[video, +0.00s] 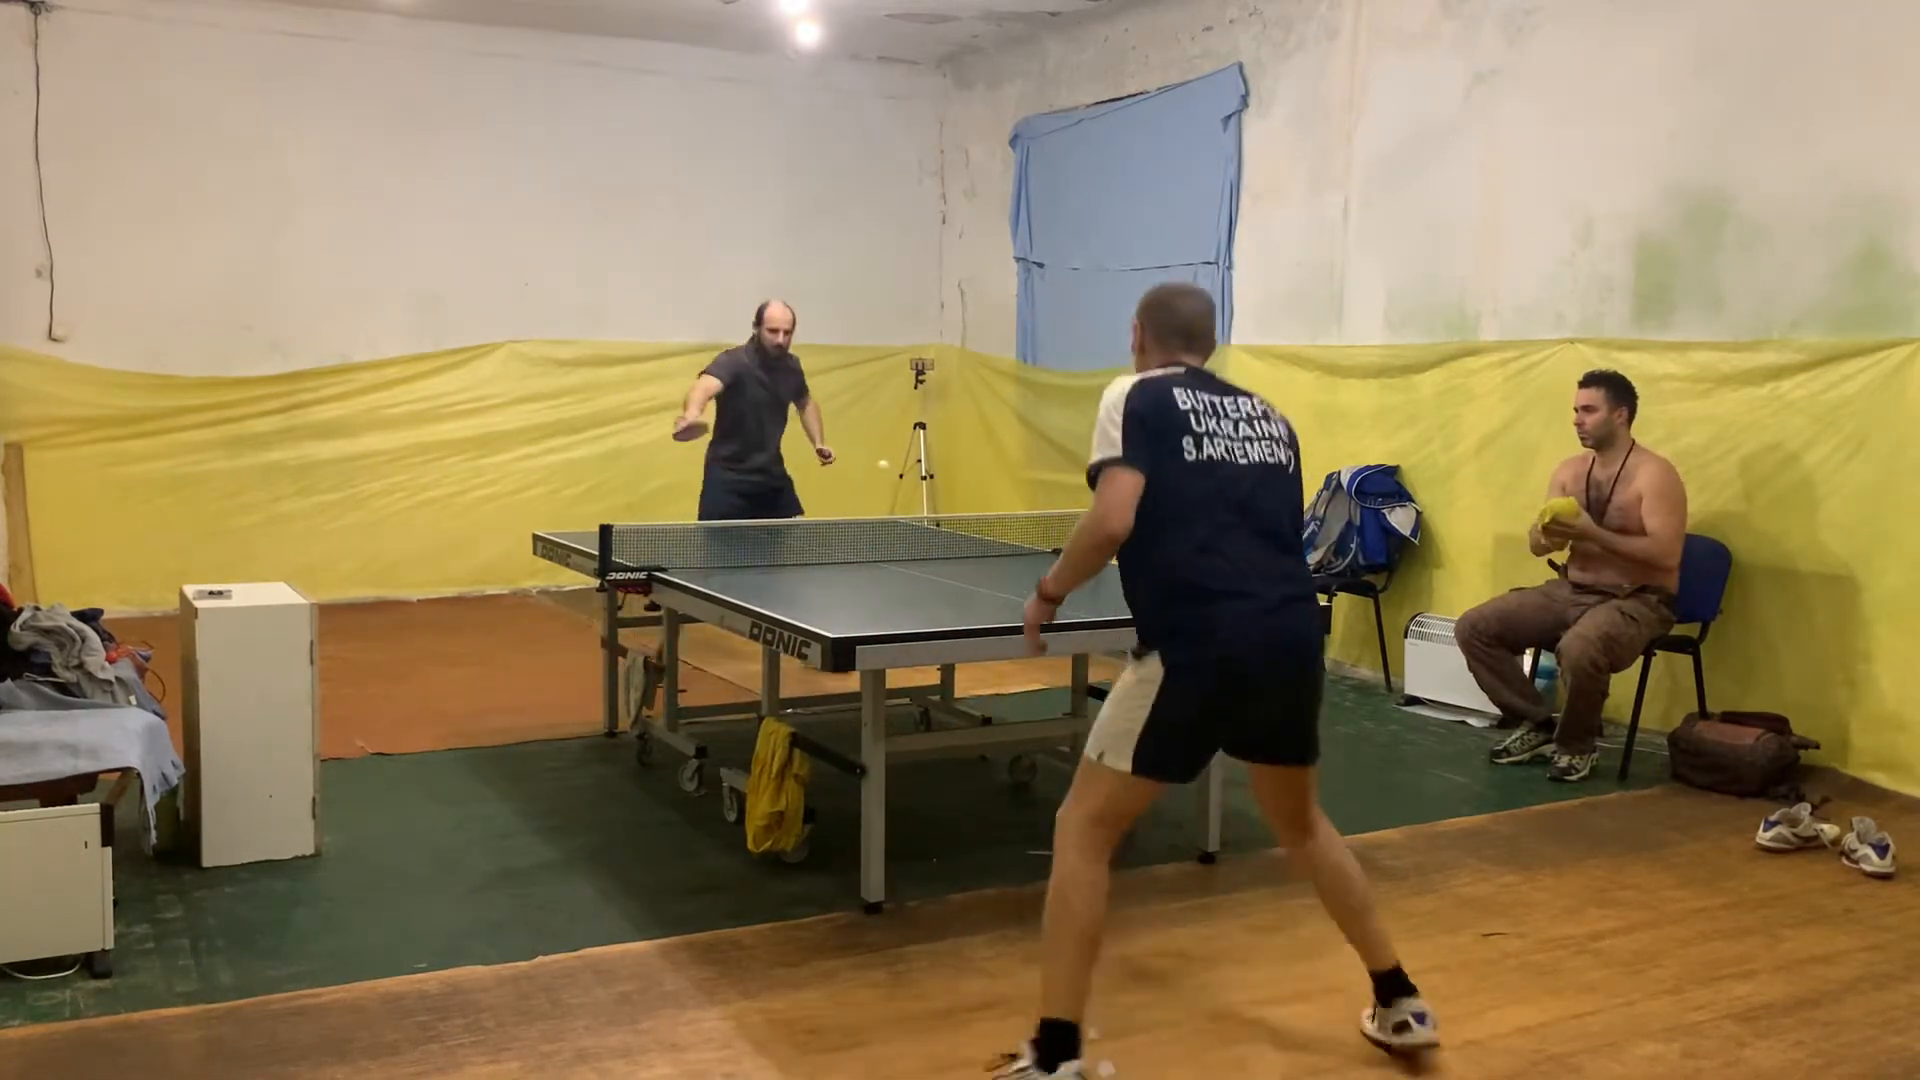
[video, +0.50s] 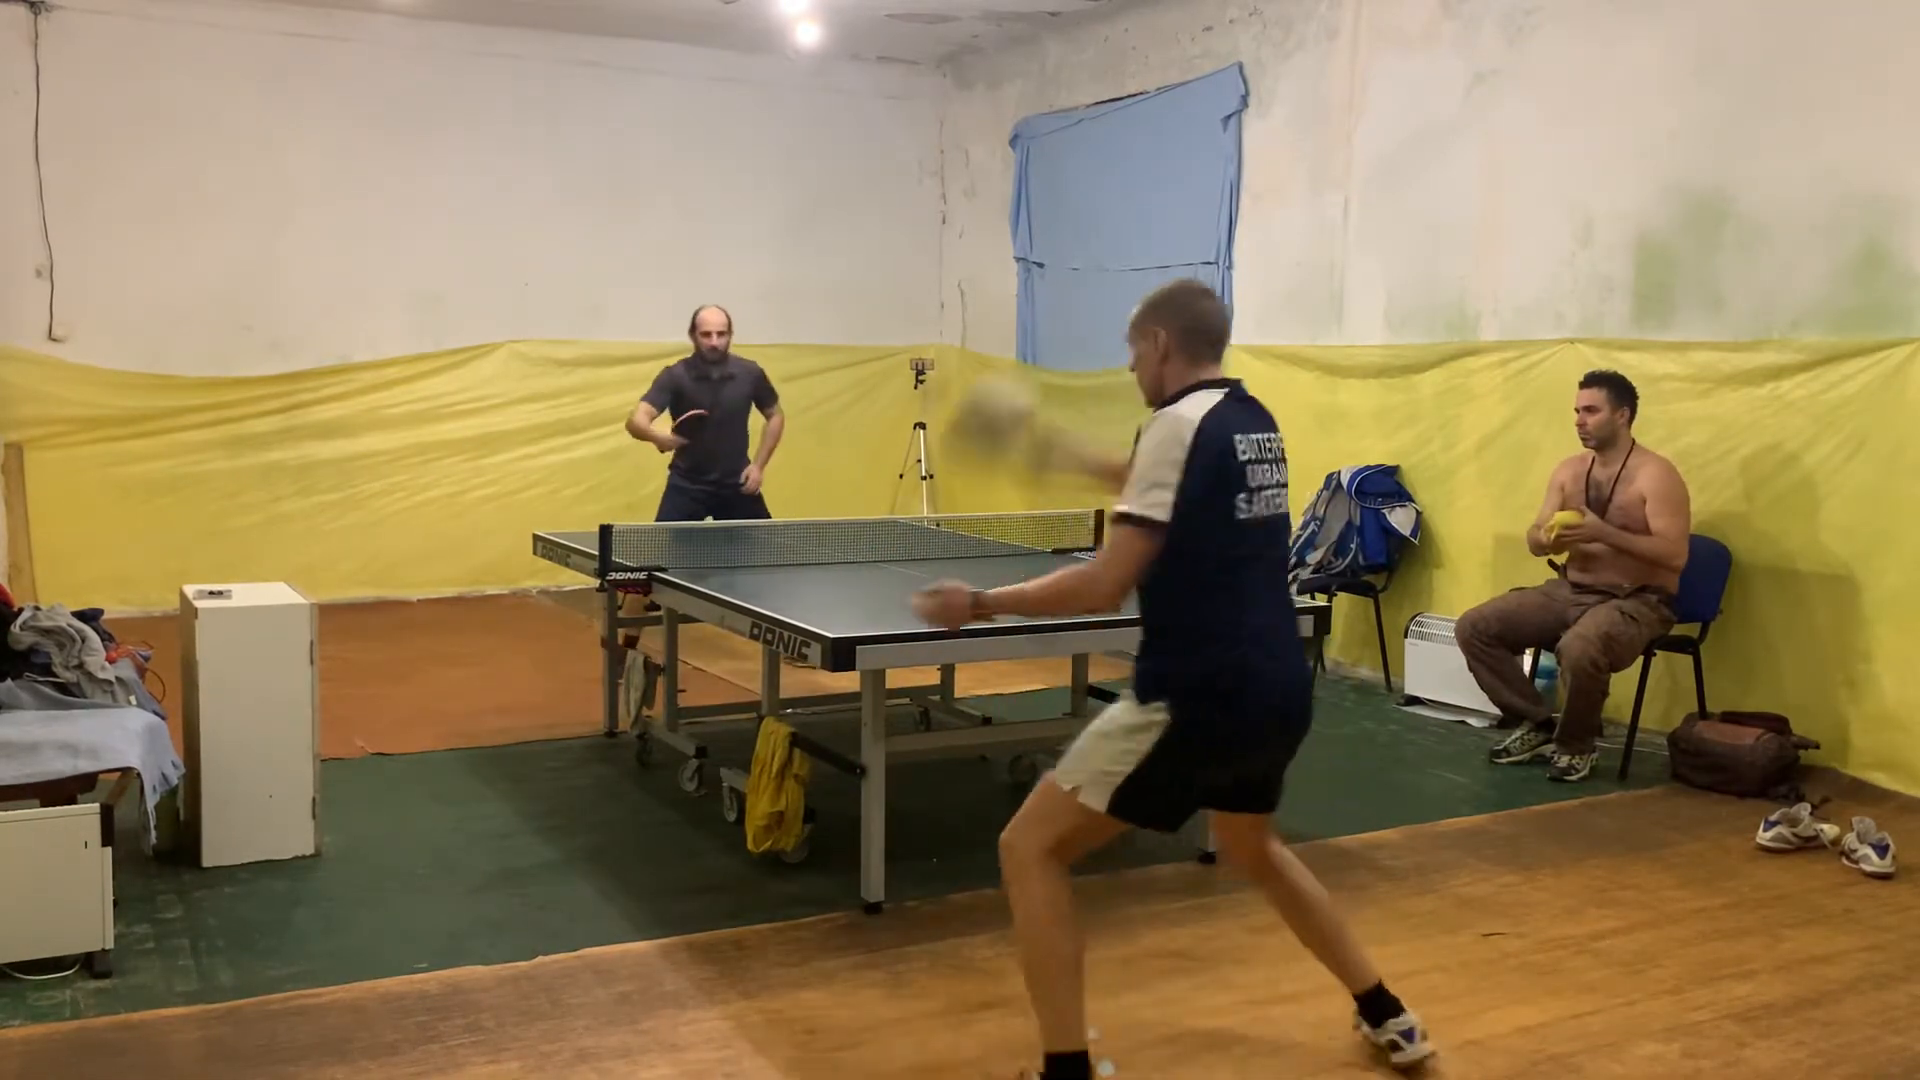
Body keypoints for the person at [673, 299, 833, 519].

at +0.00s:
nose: (780, 340)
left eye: (786, 333)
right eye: (773, 331)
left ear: (792, 333)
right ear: (757, 328)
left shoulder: (791, 367)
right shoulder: (734, 361)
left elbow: (805, 404)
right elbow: (703, 388)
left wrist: (819, 443)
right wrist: (692, 416)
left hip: (770, 473)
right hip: (728, 474)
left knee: (792, 538)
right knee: (719, 549)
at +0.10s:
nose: (777, 340)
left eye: (784, 332)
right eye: (769, 332)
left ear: (791, 334)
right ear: (754, 331)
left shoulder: (796, 372)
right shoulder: (730, 365)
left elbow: (817, 413)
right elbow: (694, 389)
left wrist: (823, 448)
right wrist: (685, 413)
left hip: (774, 483)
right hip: (727, 482)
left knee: (801, 550)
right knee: (708, 550)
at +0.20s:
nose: (769, 350)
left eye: (776, 343)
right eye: (762, 342)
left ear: (784, 344)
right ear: (748, 341)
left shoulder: (794, 385)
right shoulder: (723, 380)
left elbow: (819, 426)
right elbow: (679, 411)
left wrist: (817, 463)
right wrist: (682, 429)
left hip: (775, 493)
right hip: (725, 493)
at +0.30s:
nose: (754, 355)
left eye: (760, 347)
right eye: (746, 347)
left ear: (768, 349)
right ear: (732, 348)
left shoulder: (781, 389)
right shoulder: (709, 387)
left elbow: (807, 434)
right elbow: (661, 423)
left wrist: (798, 476)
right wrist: (677, 436)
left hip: (766, 500)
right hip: (715, 500)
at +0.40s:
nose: (732, 347)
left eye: (739, 340)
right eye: (724, 340)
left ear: (748, 341)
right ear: (711, 341)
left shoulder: (763, 382)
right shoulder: (690, 380)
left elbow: (789, 426)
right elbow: (646, 422)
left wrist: (777, 472)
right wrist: (669, 435)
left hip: (749, 498)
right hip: (698, 497)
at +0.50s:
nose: (714, 342)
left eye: (721, 334)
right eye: (706, 335)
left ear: (730, 336)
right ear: (693, 336)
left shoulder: (750, 374)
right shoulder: (675, 376)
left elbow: (776, 417)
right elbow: (636, 421)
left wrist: (758, 465)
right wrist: (659, 438)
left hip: (736, 488)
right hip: (686, 488)